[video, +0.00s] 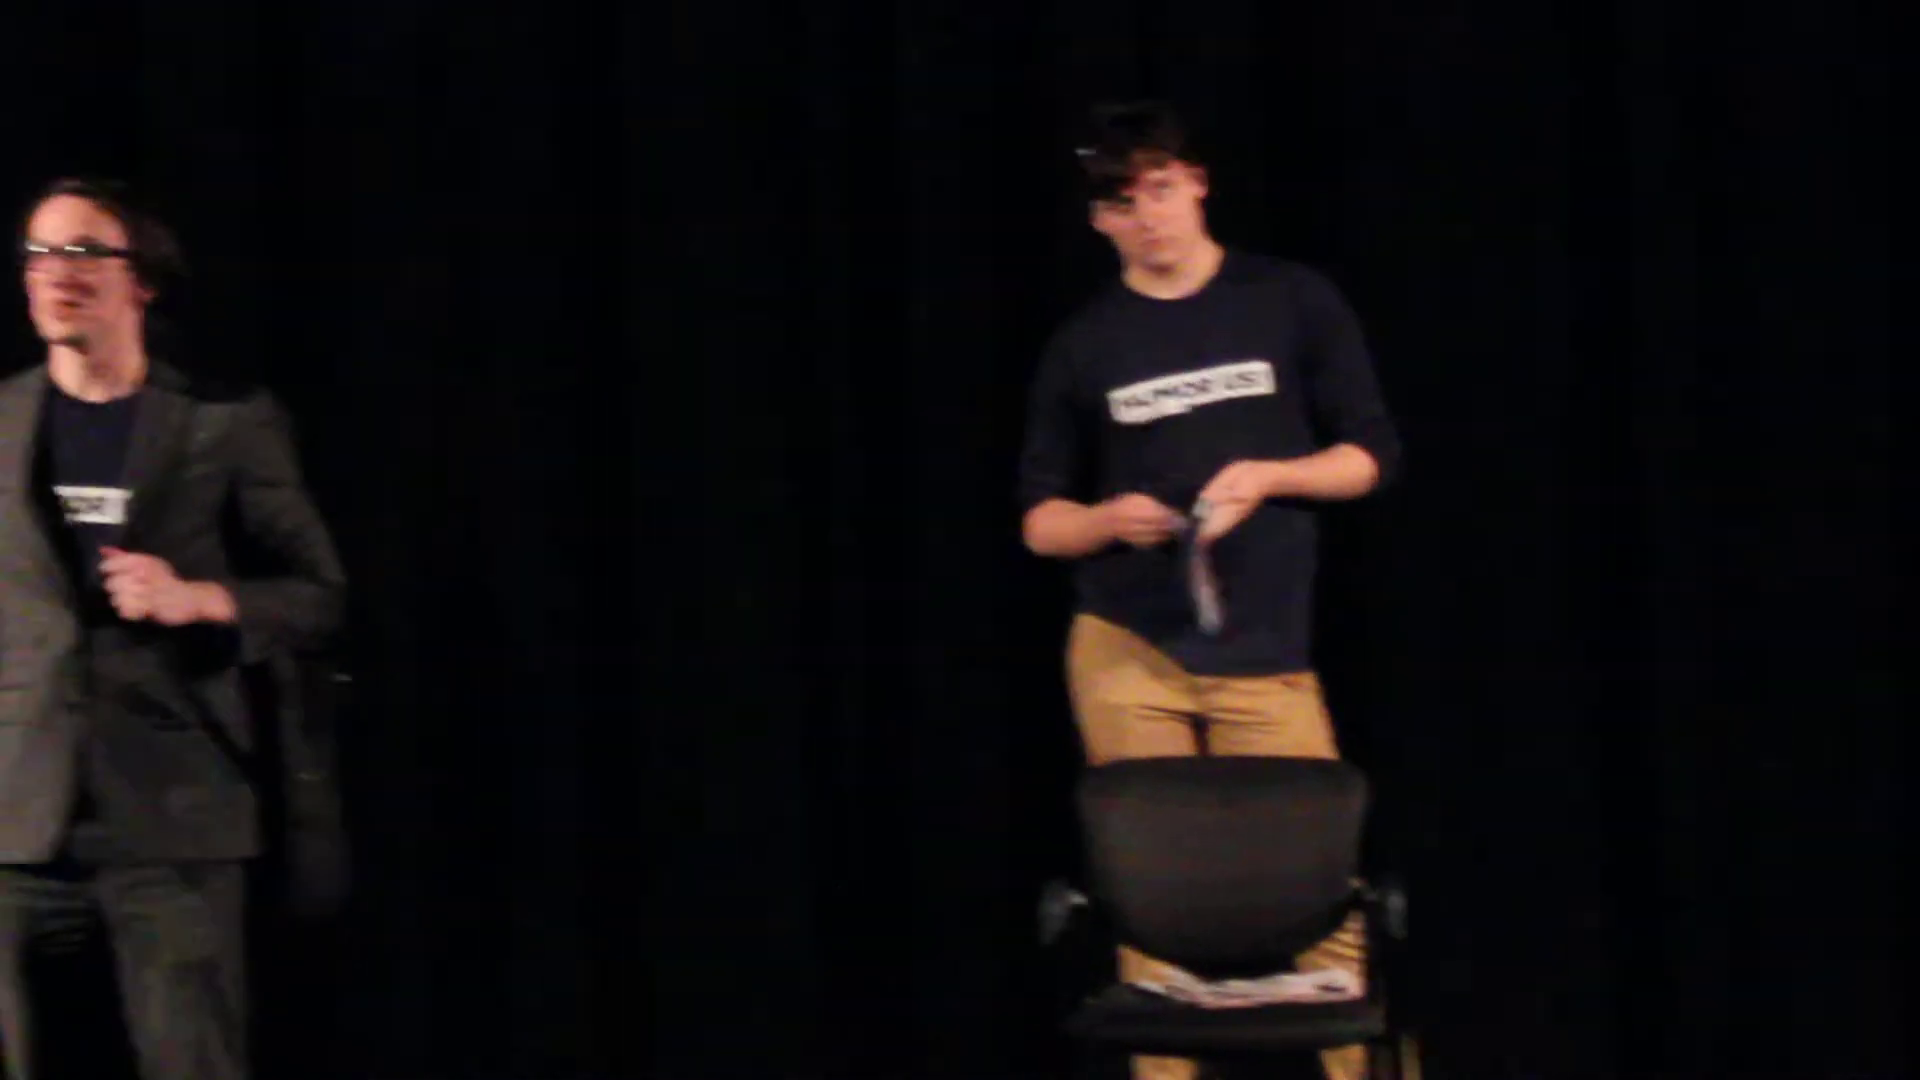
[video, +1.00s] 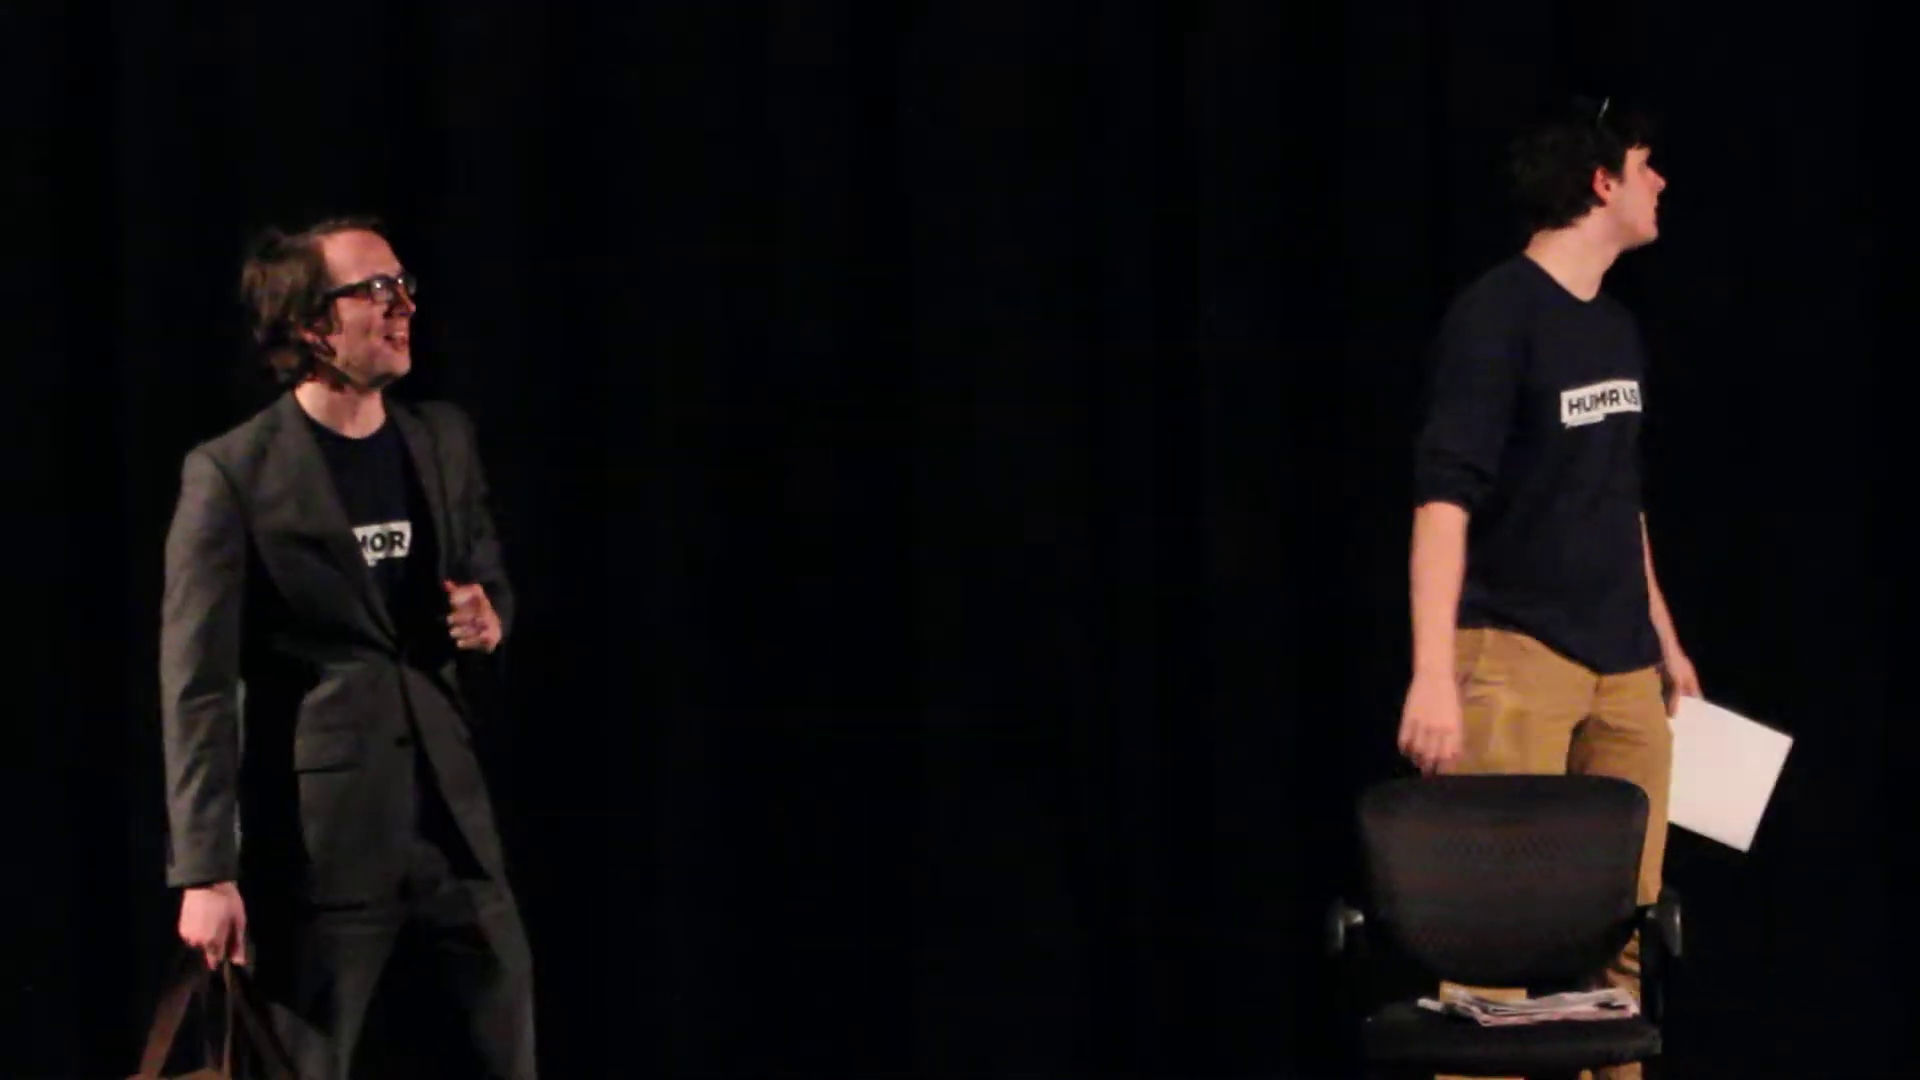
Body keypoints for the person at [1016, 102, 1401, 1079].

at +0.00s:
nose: (1148, 214)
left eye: (1162, 188)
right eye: (1124, 199)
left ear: (1201, 188)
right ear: (1100, 222)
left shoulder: (1294, 305)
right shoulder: (1082, 347)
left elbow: (1372, 455)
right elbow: (1038, 524)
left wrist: (1269, 476)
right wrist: (1107, 518)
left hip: (1266, 654)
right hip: (1127, 656)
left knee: (1317, 889)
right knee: (1156, 894)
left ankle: (1357, 1069)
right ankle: (1164, 1078)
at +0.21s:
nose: (1361, 217)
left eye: (1376, 194)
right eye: (1335, 201)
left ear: (1401, 202)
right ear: (1295, 220)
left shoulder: (1479, 322)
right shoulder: (1263, 352)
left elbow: (1552, 474)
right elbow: (1212, 531)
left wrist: (1445, 501)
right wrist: (1311, 529)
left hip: (1452, 666)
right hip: (1312, 668)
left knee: (1495, 903)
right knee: (1339, 909)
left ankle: (1526, 1072)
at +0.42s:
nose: (1489, 217)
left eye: (1500, 198)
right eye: (1464, 198)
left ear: (1511, 206)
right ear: (1405, 211)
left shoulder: (1559, 331)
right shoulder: (1345, 356)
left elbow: (1609, 495)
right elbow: (1313, 534)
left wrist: (1572, 633)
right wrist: (1405, 640)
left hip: (1538, 661)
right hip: (1400, 669)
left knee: (1584, 902)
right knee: (1423, 917)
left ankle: (1633, 1070)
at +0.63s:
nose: (1600, 210)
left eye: (1600, 190)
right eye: (1578, 190)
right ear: (1509, 198)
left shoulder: (1606, 336)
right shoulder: (1421, 345)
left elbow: (1660, 508)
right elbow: (1399, 535)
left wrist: (1703, 651)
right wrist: (1401, 702)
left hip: (1610, 676)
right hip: (1478, 678)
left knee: (1664, 922)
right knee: (1480, 939)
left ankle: (1708, 1079)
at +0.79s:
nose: (1643, 195)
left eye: (1638, 174)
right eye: (1627, 175)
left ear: (1579, 189)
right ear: (1569, 186)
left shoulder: (1615, 330)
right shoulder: (1457, 323)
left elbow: (1656, 493)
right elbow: (1390, 499)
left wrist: (1730, 621)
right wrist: (1396, 675)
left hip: (1620, 662)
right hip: (1495, 661)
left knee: (1653, 907)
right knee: (1490, 922)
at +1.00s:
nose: (1660, 185)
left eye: (1652, 167)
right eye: (1645, 168)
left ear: (1599, 186)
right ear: (1600, 185)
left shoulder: (1616, 327)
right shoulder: (1495, 315)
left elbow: (1620, 507)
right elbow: (1443, 501)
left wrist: (1665, 643)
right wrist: (1432, 674)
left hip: (1626, 661)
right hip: (1512, 656)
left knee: (1621, 924)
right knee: (1493, 923)